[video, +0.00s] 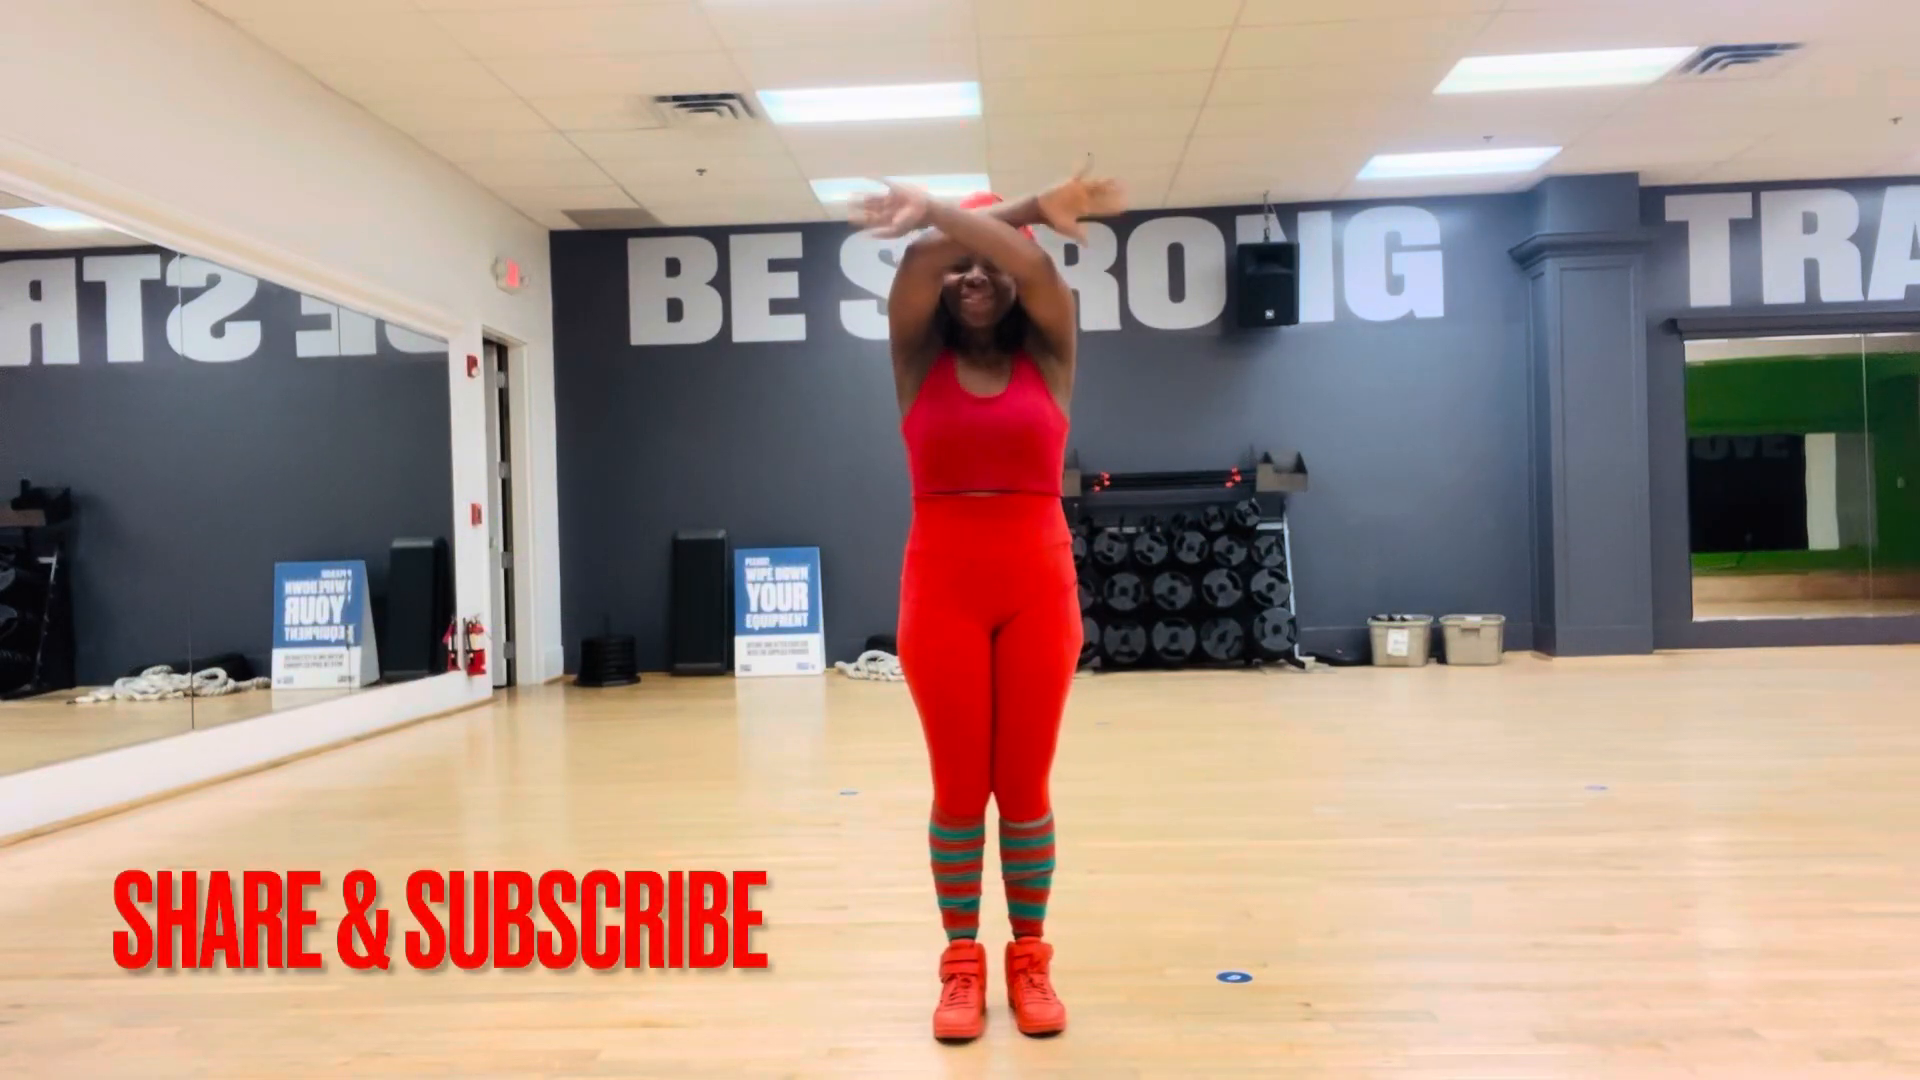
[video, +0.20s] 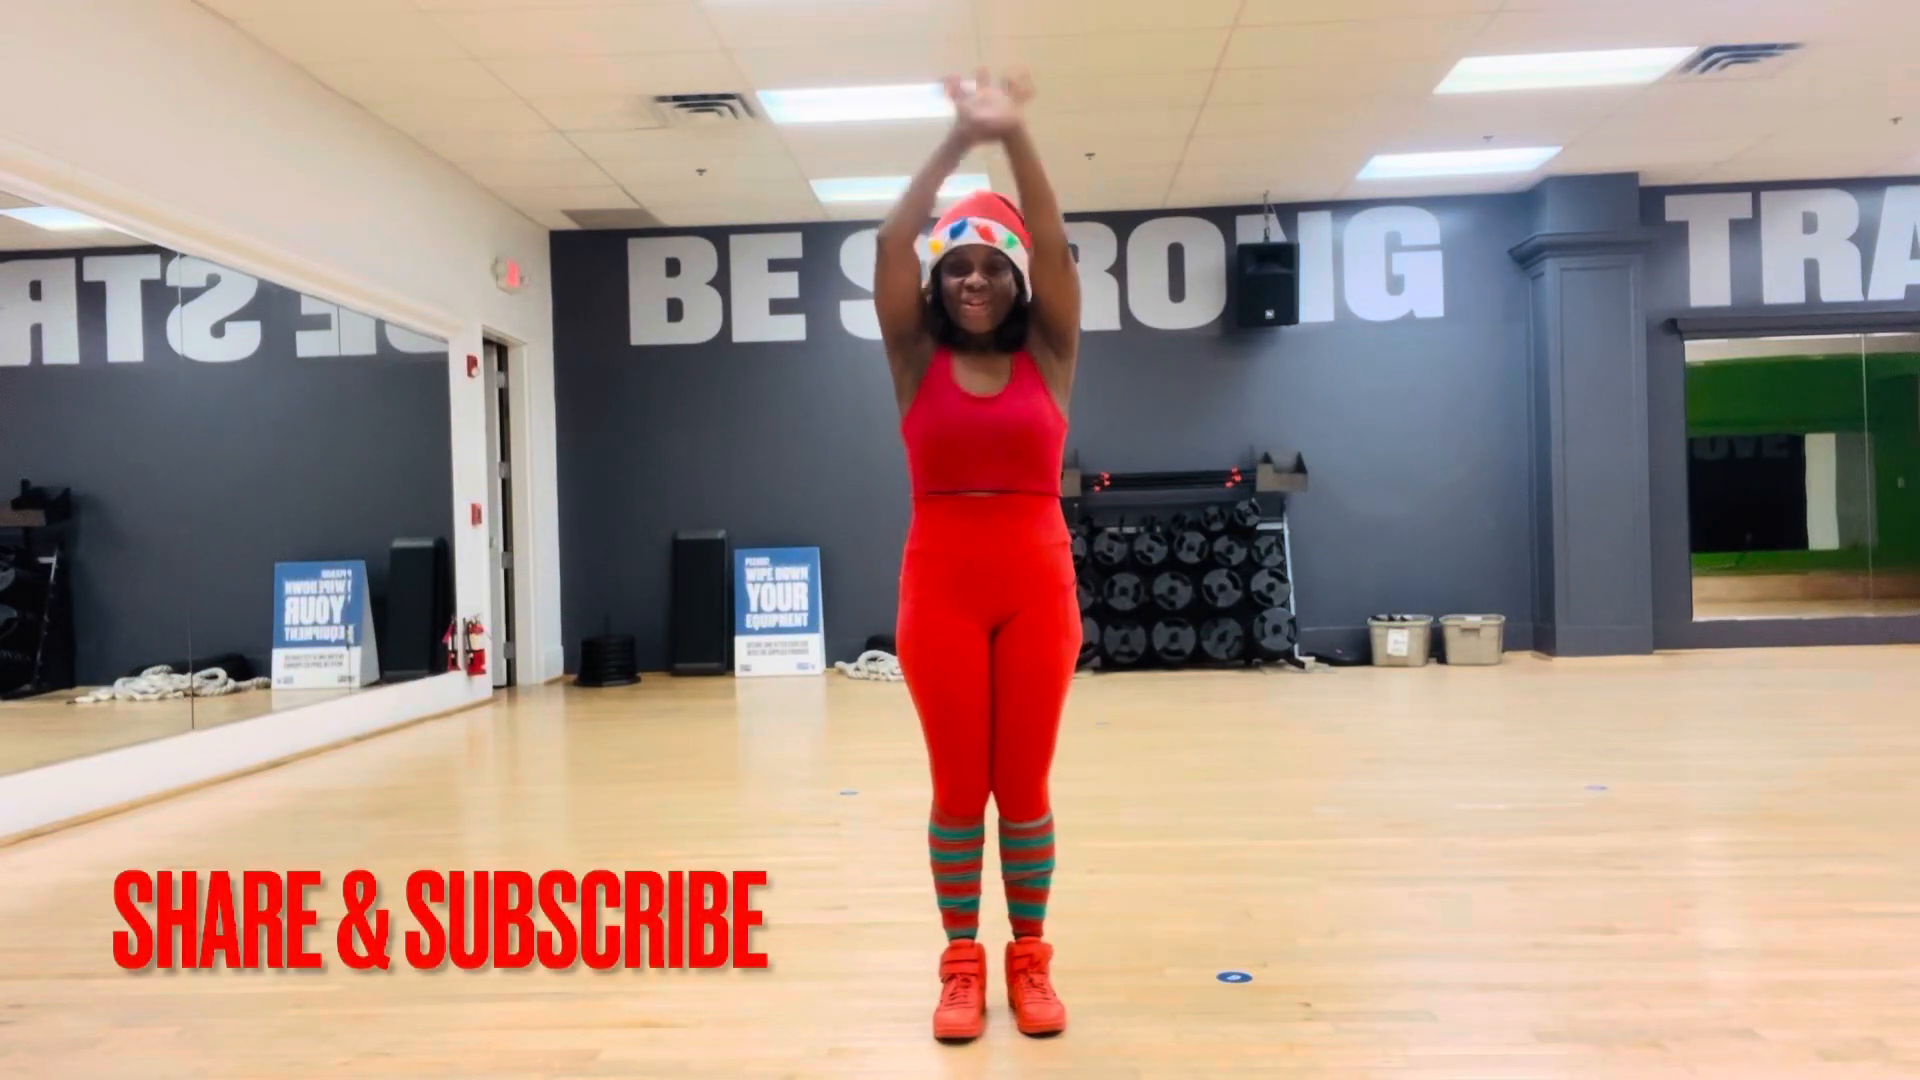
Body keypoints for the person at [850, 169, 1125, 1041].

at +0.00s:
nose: (970, 285)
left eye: (985, 276)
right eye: (956, 275)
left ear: (1015, 289)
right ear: (936, 294)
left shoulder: (1049, 354)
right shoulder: (919, 357)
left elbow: (1029, 268)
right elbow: (924, 260)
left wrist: (932, 208)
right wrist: (1037, 207)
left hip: (1039, 586)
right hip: (941, 587)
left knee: (1023, 783)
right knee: (959, 784)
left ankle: (1030, 964)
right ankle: (962, 967)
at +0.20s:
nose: (974, 282)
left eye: (991, 269)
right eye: (959, 270)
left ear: (1019, 281)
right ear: (936, 283)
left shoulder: (1048, 356)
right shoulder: (916, 357)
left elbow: (1052, 247)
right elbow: (896, 247)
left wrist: (1015, 132)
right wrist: (958, 136)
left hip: (1039, 589)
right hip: (940, 593)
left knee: (1024, 782)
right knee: (959, 783)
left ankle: (1031, 961)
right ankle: (962, 965)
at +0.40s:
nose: (971, 284)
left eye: (989, 269)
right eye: (956, 270)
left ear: (1019, 281)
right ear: (935, 283)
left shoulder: (1048, 351)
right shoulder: (911, 353)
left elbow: (1086, 233)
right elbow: (851, 240)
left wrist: (1131, 123)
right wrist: (842, 122)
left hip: (1037, 592)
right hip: (940, 594)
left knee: (1023, 786)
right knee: (958, 786)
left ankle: (1030, 958)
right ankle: (962, 963)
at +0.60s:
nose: (970, 283)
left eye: (987, 269)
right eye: (954, 269)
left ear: (1015, 279)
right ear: (933, 279)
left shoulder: (1051, 345)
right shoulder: (903, 349)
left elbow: (1130, 254)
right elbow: (813, 257)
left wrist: (1223, 171)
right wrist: (738, 163)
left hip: (1037, 587)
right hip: (938, 591)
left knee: (1022, 783)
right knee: (958, 784)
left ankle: (1031, 961)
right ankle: (962, 966)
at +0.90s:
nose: (966, 284)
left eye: (984, 272)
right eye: (952, 271)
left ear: (1014, 286)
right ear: (931, 284)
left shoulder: (1055, 351)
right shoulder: (898, 354)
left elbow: (1172, 321)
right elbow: (772, 323)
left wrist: (1291, 300)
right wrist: (667, 290)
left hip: (1032, 589)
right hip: (934, 592)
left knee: (1019, 784)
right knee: (955, 786)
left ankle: (1030, 960)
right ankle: (961, 963)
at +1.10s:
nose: (968, 282)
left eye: (985, 266)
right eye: (953, 265)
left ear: (1015, 277)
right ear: (932, 274)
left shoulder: (1052, 355)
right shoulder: (895, 360)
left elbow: (1173, 370)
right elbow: (772, 380)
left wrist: (1284, 389)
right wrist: (665, 391)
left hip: (1032, 589)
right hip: (933, 593)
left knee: (1019, 785)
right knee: (954, 785)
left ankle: (1030, 959)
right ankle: (963, 966)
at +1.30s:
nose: (970, 280)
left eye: (988, 268)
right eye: (956, 266)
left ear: (1014, 286)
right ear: (933, 281)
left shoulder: (1050, 366)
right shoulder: (896, 368)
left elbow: (1162, 421)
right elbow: (788, 437)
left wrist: (1257, 476)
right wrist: (695, 493)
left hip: (1030, 588)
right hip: (932, 592)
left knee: (1018, 783)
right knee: (954, 786)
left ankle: (1030, 960)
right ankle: (961, 964)